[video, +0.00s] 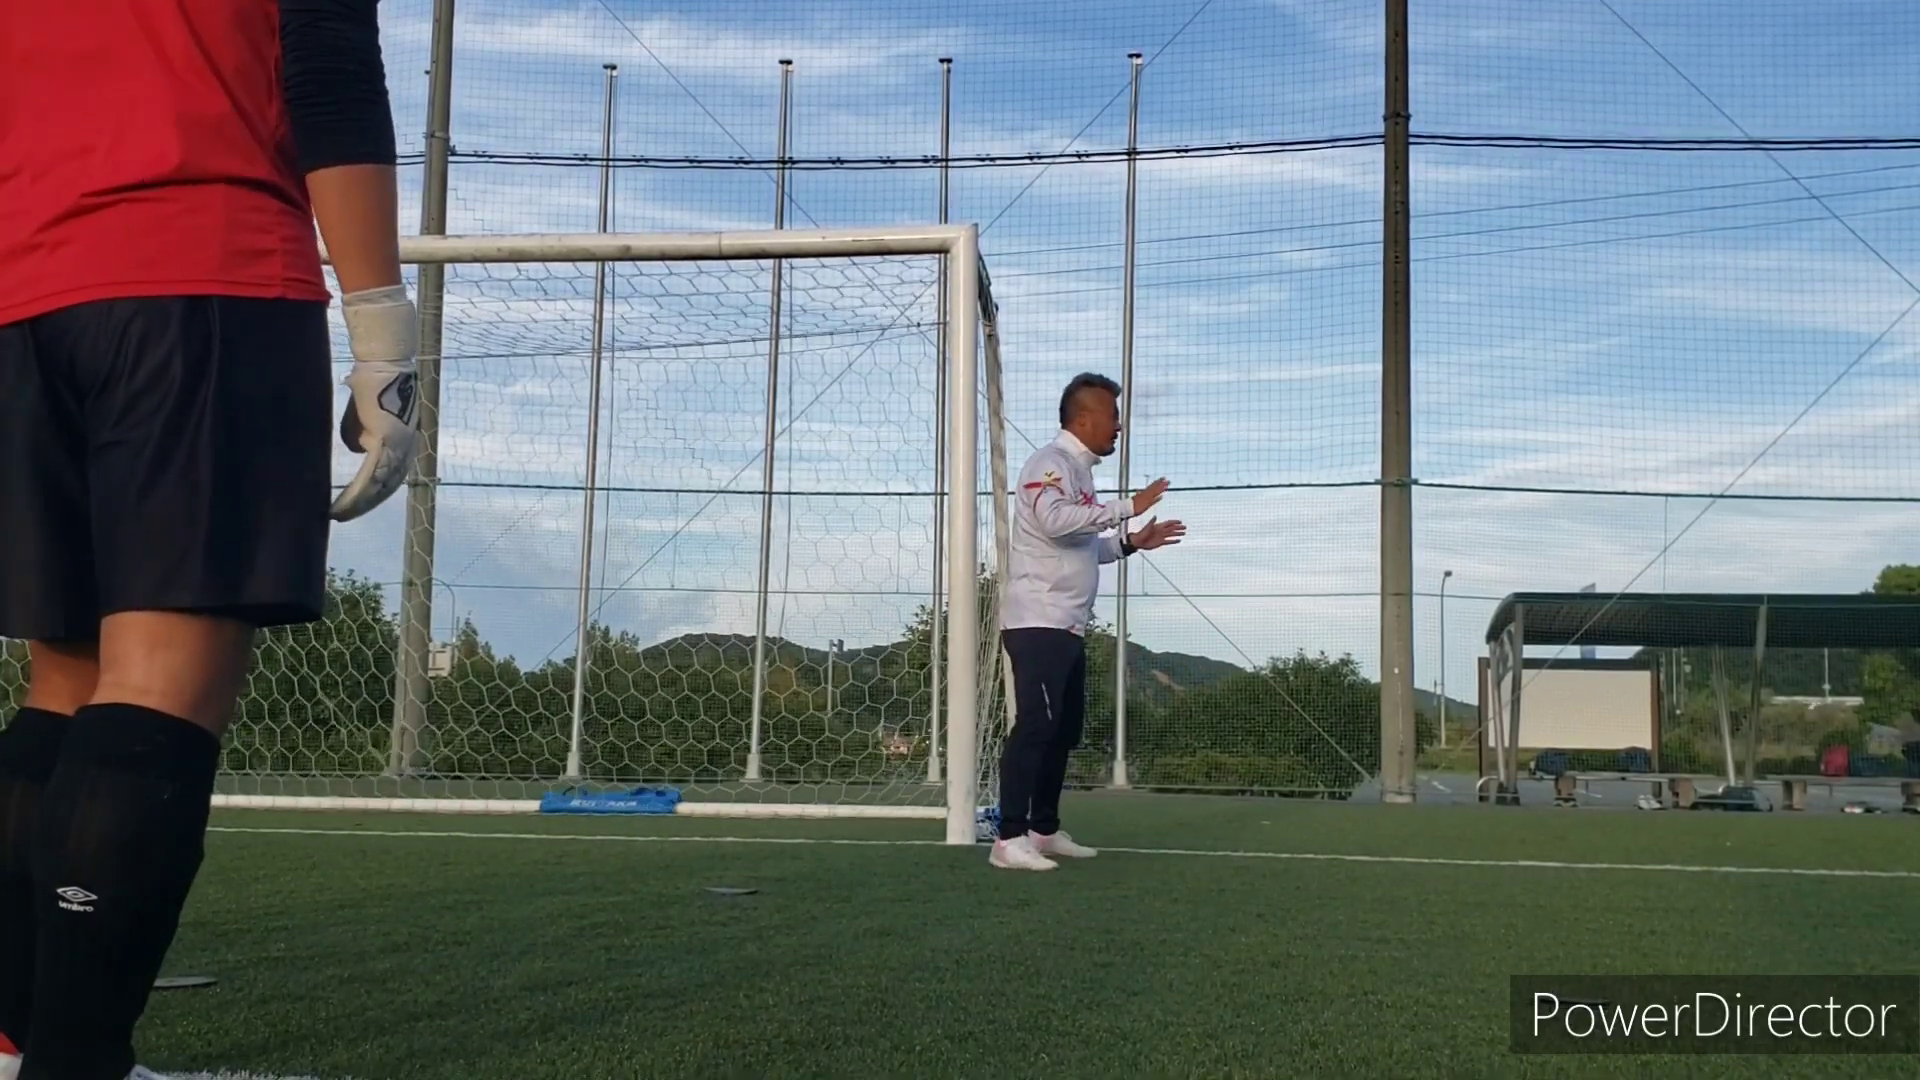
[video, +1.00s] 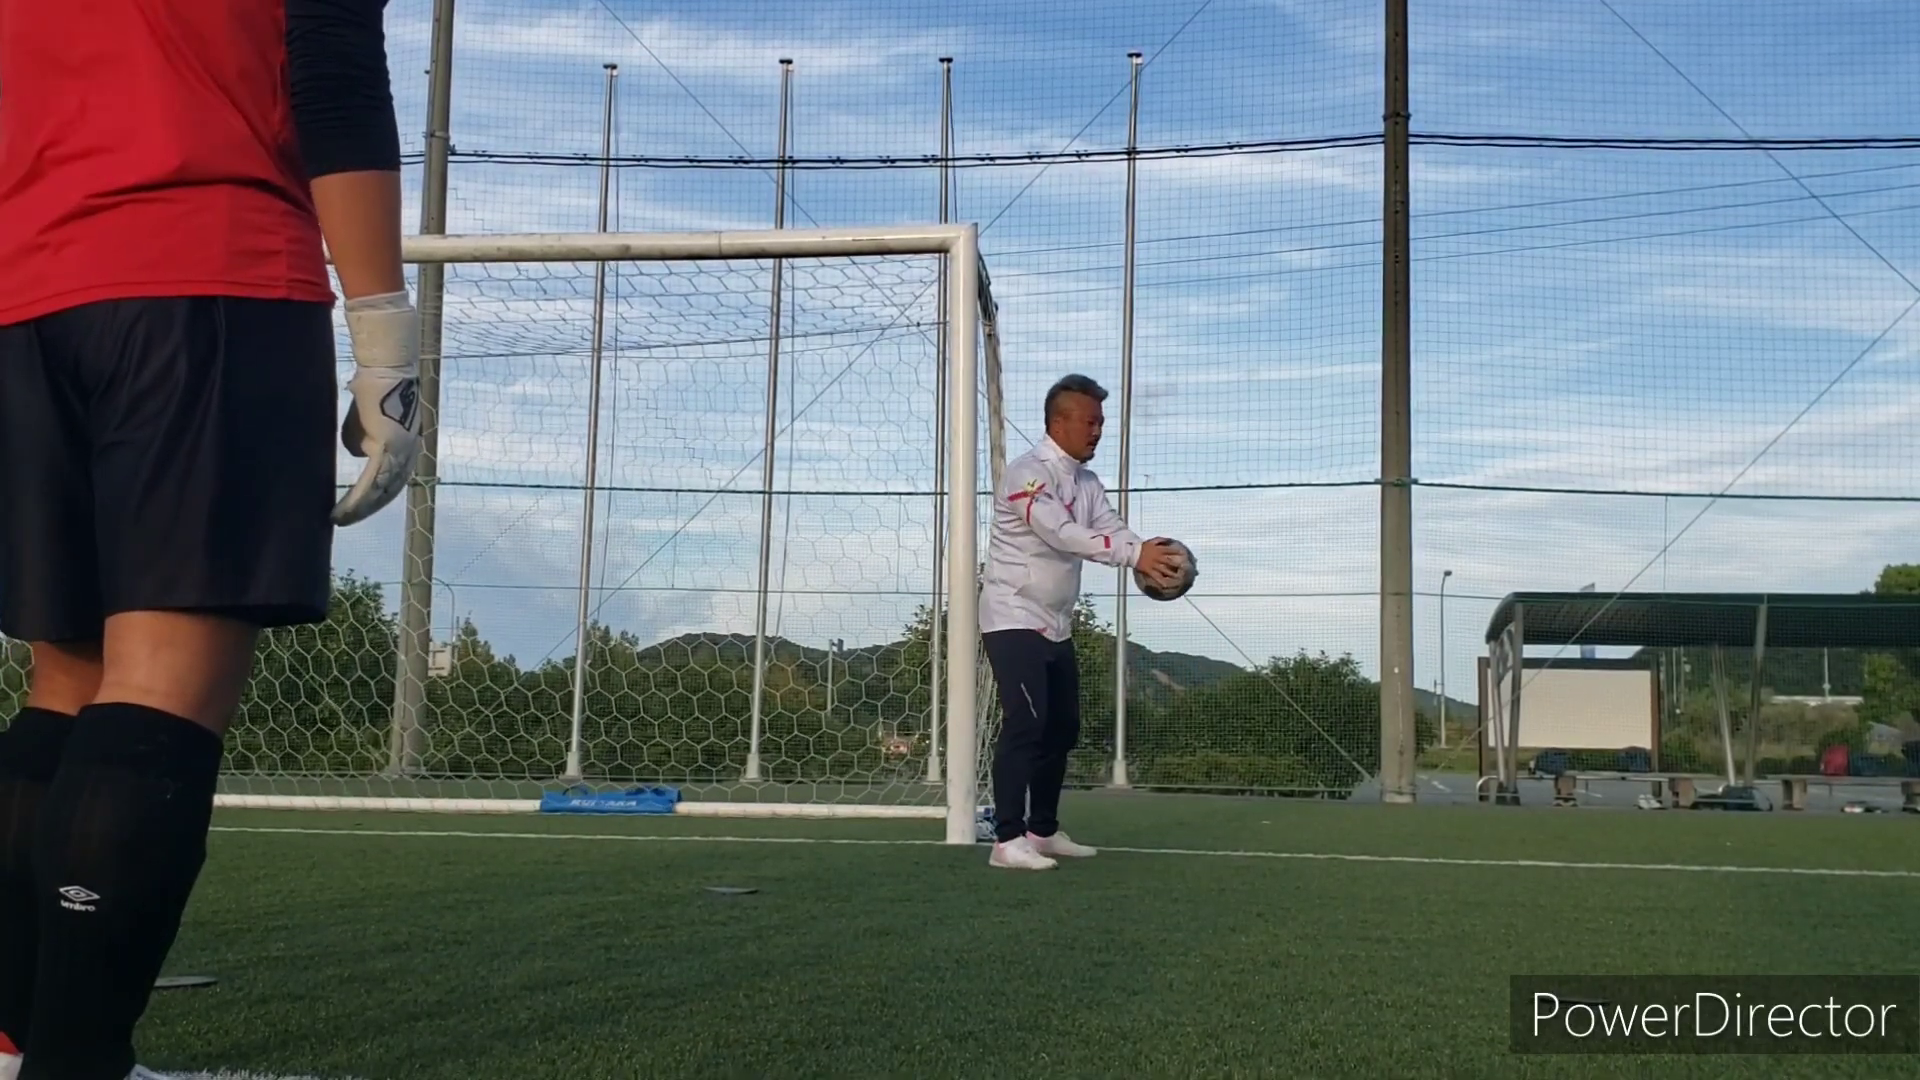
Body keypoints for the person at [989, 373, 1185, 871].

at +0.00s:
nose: (1119, 424)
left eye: (1118, 414)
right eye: (1112, 413)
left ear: (1088, 419)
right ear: (1082, 416)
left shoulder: (1082, 477)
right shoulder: (1050, 461)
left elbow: (1087, 549)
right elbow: (1053, 520)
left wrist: (1134, 541)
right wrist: (1127, 507)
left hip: (1065, 622)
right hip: (1035, 619)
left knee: (1063, 728)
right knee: (1036, 725)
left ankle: (1044, 831)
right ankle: (1009, 841)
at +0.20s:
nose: (1117, 425)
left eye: (1117, 415)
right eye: (1111, 414)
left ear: (1086, 419)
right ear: (1081, 417)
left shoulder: (1080, 476)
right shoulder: (1049, 462)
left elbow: (1084, 548)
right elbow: (1054, 522)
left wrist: (1131, 541)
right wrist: (1127, 508)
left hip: (1064, 623)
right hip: (1034, 619)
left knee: (1062, 729)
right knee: (1036, 725)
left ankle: (1043, 832)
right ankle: (1009, 841)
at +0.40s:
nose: (1109, 424)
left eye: (1108, 415)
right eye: (1101, 415)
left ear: (1079, 421)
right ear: (1072, 418)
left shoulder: (1076, 478)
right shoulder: (1045, 464)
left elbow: (1094, 547)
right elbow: (1070, 517)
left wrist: (1130, 514)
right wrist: (1128, 484)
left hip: (1065, 625)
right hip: (1034, 620)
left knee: (1066, 728)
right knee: (1042, 724)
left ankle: (1043, 832)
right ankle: (1010, 841)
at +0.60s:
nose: (1098, 414)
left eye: (1096, 406)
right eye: (1089, 405)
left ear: (1070, 414)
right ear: (1058, 413)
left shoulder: (1075, 470)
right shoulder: (1037, 460)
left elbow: (1129, 501)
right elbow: (1093, 480)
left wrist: (1163, 458)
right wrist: (1146, 433)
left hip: (1064, 622)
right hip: (1032, 619)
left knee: (1062, 729)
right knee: (1036, 725)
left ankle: (1043, 831)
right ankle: (1009, 841)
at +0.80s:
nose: (1093, 420)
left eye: (1093, 412)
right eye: (1085, 411)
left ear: (1066, 416)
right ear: (1052, 415)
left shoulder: (1081, 477)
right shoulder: (1029, 464)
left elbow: (1114, 521)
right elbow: (1067, 511)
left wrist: (1160, 527)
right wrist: (1148, 516)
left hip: (1061, 620)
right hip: (1026, 616)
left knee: (1062, 726)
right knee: (1034, 723)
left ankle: (1042, 831)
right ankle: (1009, 841)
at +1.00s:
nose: (1098, 429)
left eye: (1100, 420)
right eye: (1089, 420)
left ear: (1095, 423)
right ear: (1056, 422)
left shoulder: (1089, 484)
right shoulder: (1025, 472)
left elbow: (1112, 530)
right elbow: (1060, 533)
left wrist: (1148, 552)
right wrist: (1131, 555)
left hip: (1055, 621)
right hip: (1012, 614)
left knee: (1061, 725)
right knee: (1026, 720)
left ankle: (1042, 832)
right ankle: (1008, 841)